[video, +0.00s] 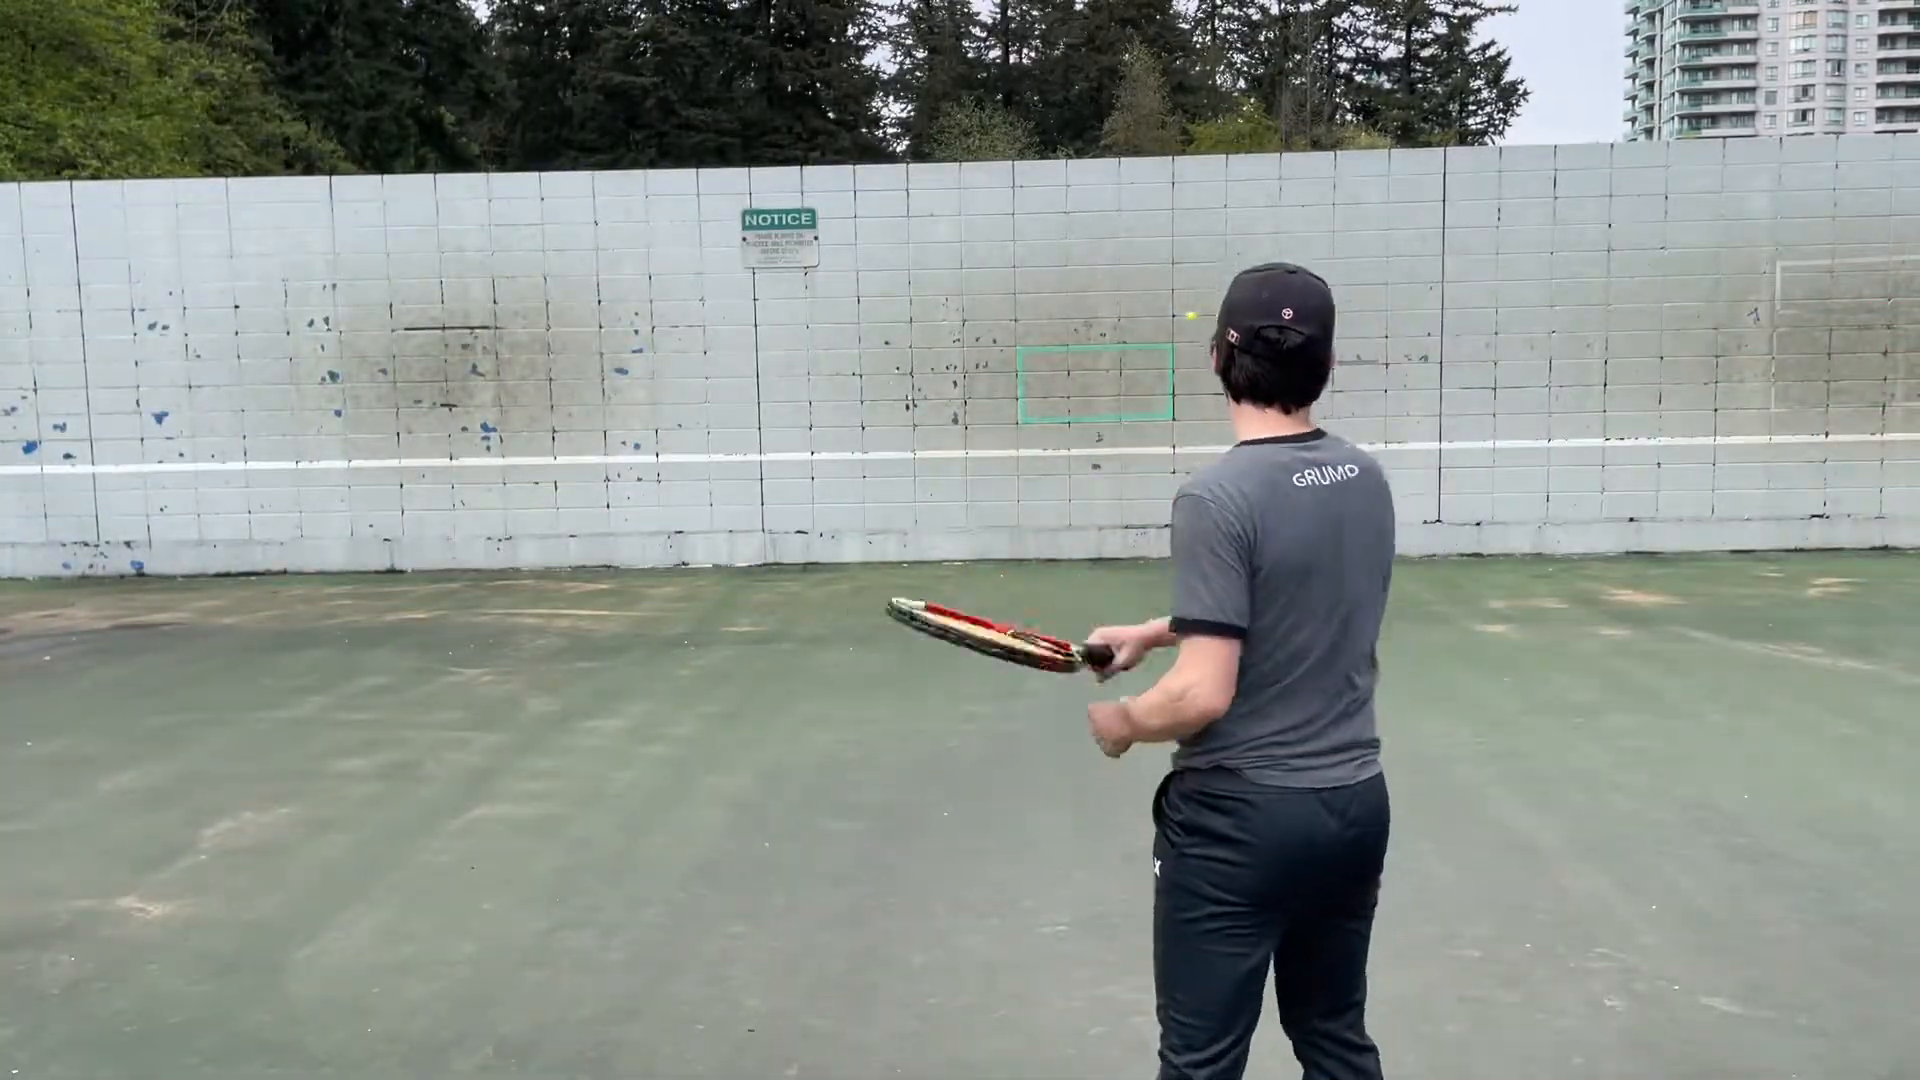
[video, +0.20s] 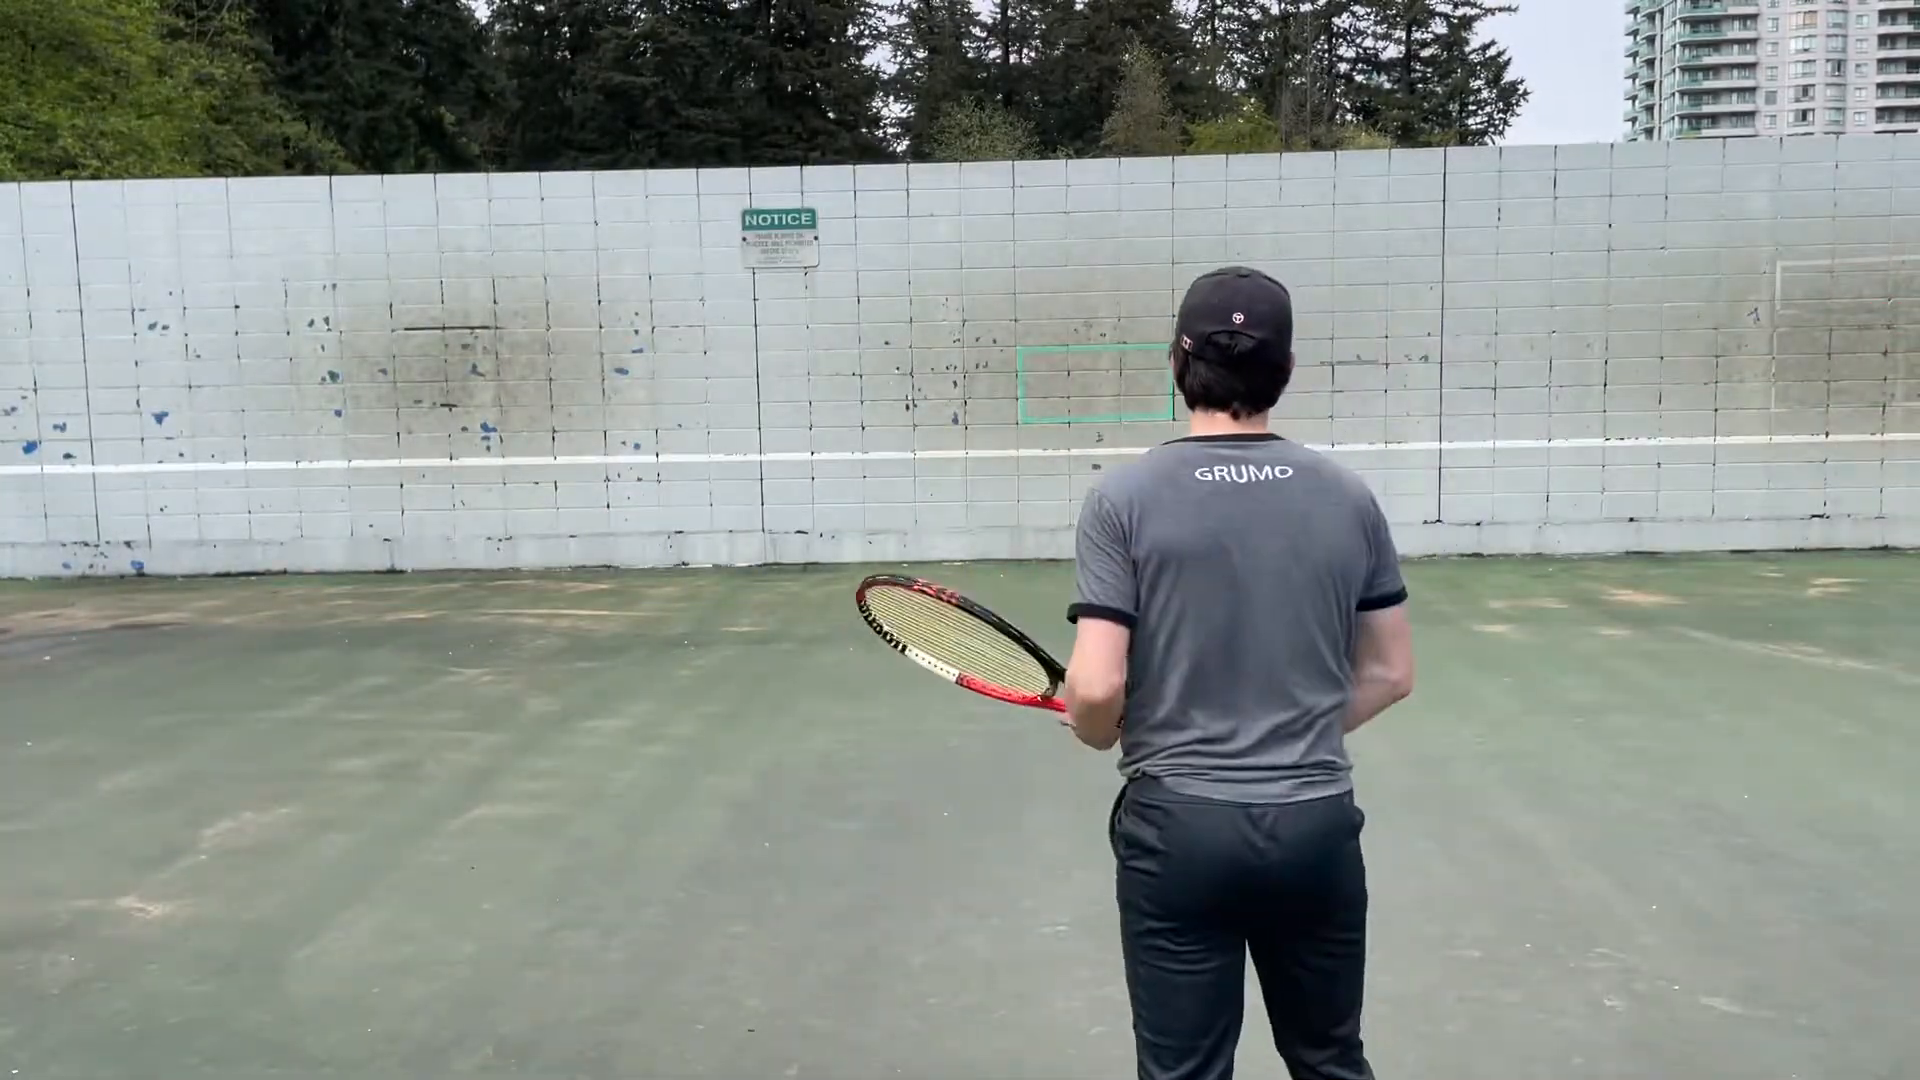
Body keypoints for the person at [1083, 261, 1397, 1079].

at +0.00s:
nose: (1211, 348)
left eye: (1215, 338)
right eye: (1223, 335)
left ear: (1222, 357)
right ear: (1326, 364)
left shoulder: (1218, 496)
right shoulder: (1365, 479)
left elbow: (1205, 693)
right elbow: (1288, 606)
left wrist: (1130, 720)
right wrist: (1152, 634)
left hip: (1234, 816)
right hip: (1349, 808)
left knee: (1200, 1056)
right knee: (1334, 1029)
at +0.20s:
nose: (1177, 355)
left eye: (1179, 347)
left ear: (1180, 364)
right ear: (1283, 371)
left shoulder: (1126, 497)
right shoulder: (1346, 495)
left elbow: (1096, 687)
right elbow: (1391, 673)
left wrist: (1095, 728)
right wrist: (1295, 724)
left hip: (1177, 839)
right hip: (1313, 833)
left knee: (1183, 1067)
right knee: (1333, 1058)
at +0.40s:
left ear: (1193, 361)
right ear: (1305, 373)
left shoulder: (1111, 498)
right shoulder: (1350, 509)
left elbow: (1082, 692)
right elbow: (1397, 709)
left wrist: (1152, 729)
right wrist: (1296, 759)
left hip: (1158, 858)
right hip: (1301, 862)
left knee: (1173, 1072)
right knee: (1337, 1070)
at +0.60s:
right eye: (1375, 363)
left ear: (1242, 372)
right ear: (1365, 386)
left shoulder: (1155, 520)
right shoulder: (1393, 540)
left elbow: (1138, 707)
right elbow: (1434, 762)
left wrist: (1236, 745)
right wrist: (1337, 795)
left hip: (1173, 894)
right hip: (1320, 909)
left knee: (1187, 1069)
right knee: (1352, 1068)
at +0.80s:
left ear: (1302, 384)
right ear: (1431, 402)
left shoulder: (1212, 532)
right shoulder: (1455, 556)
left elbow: (1246, 712)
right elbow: (1536, 791)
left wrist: (1430, 787)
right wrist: (1467, 788)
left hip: (1213, 948)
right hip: (1373, 965)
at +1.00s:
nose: (1484, 357)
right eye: (1481, 342)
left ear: (1332, 347)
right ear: (1472, 365)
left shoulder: (1249, 503)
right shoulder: (1458, 528)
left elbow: (1375, 638)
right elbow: (1620, 750)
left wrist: (1570, 602)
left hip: (1231, 926)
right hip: (1388, 956)